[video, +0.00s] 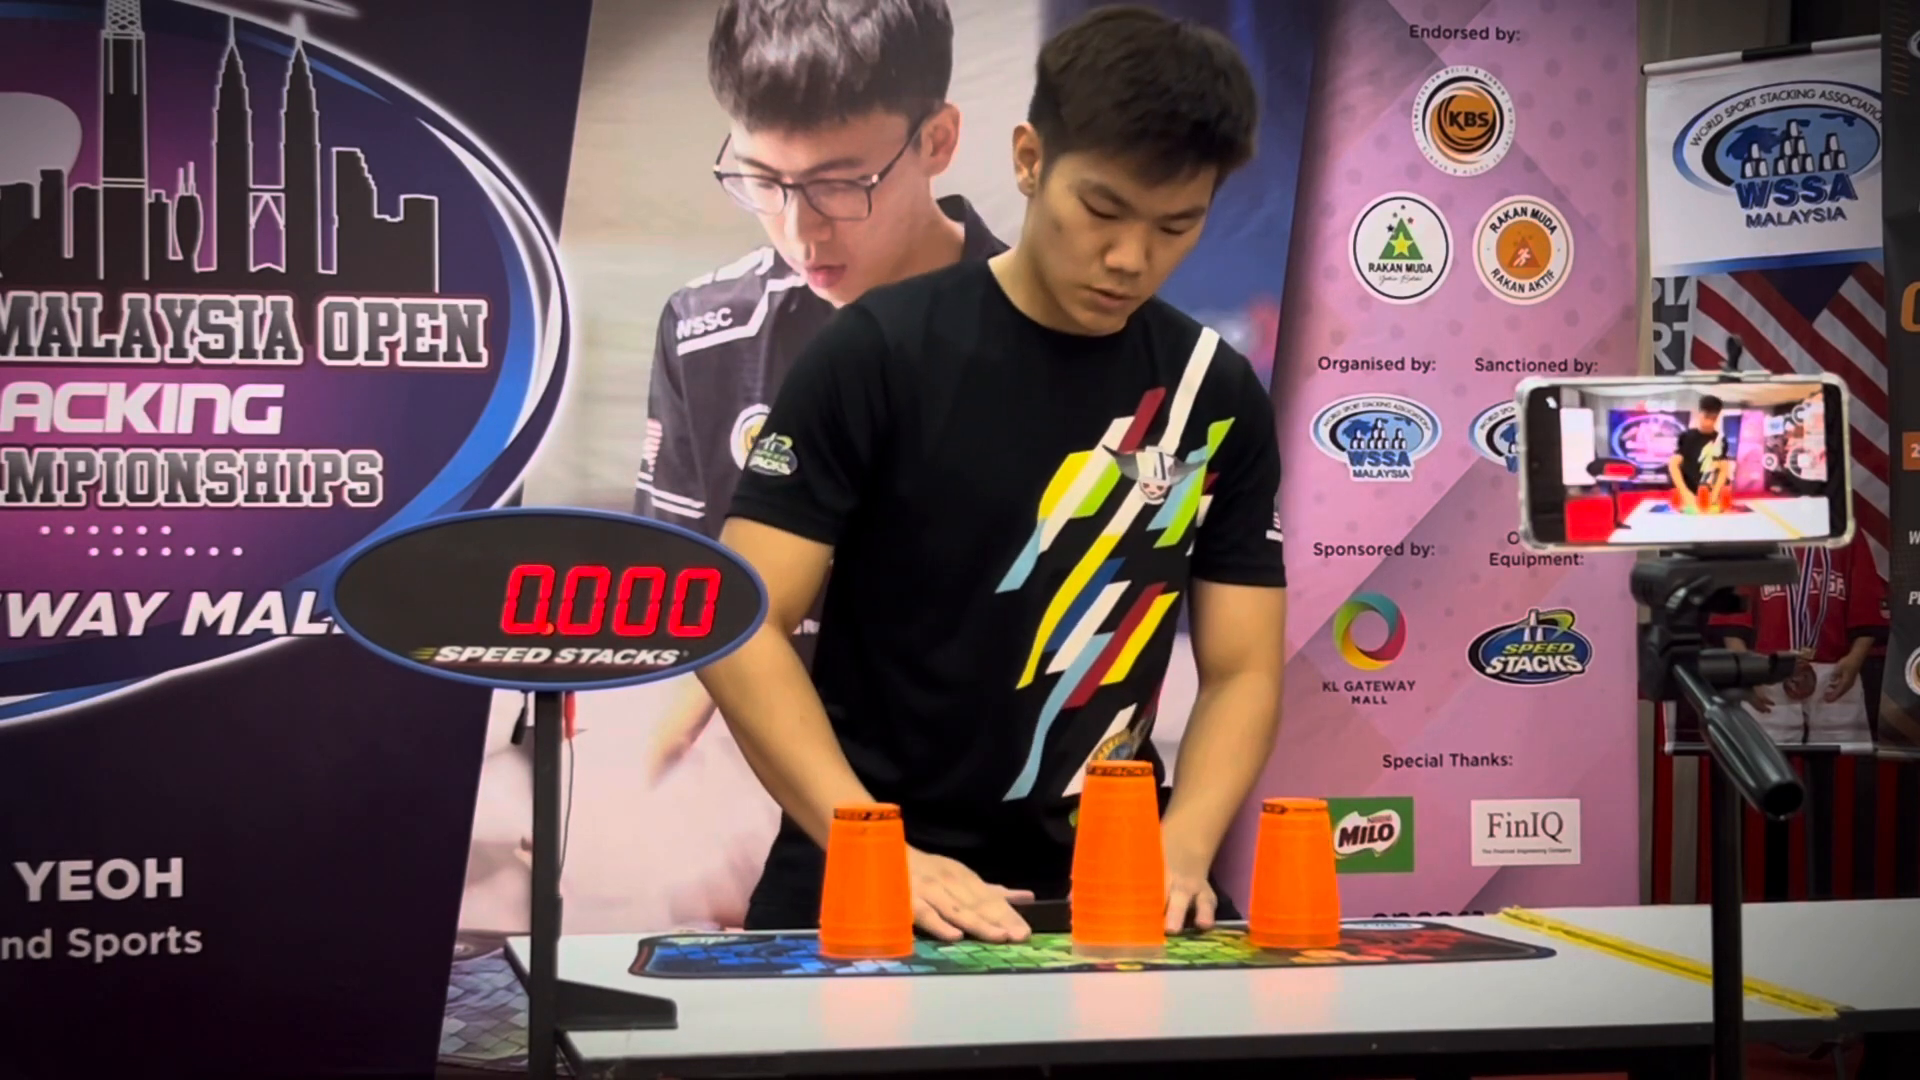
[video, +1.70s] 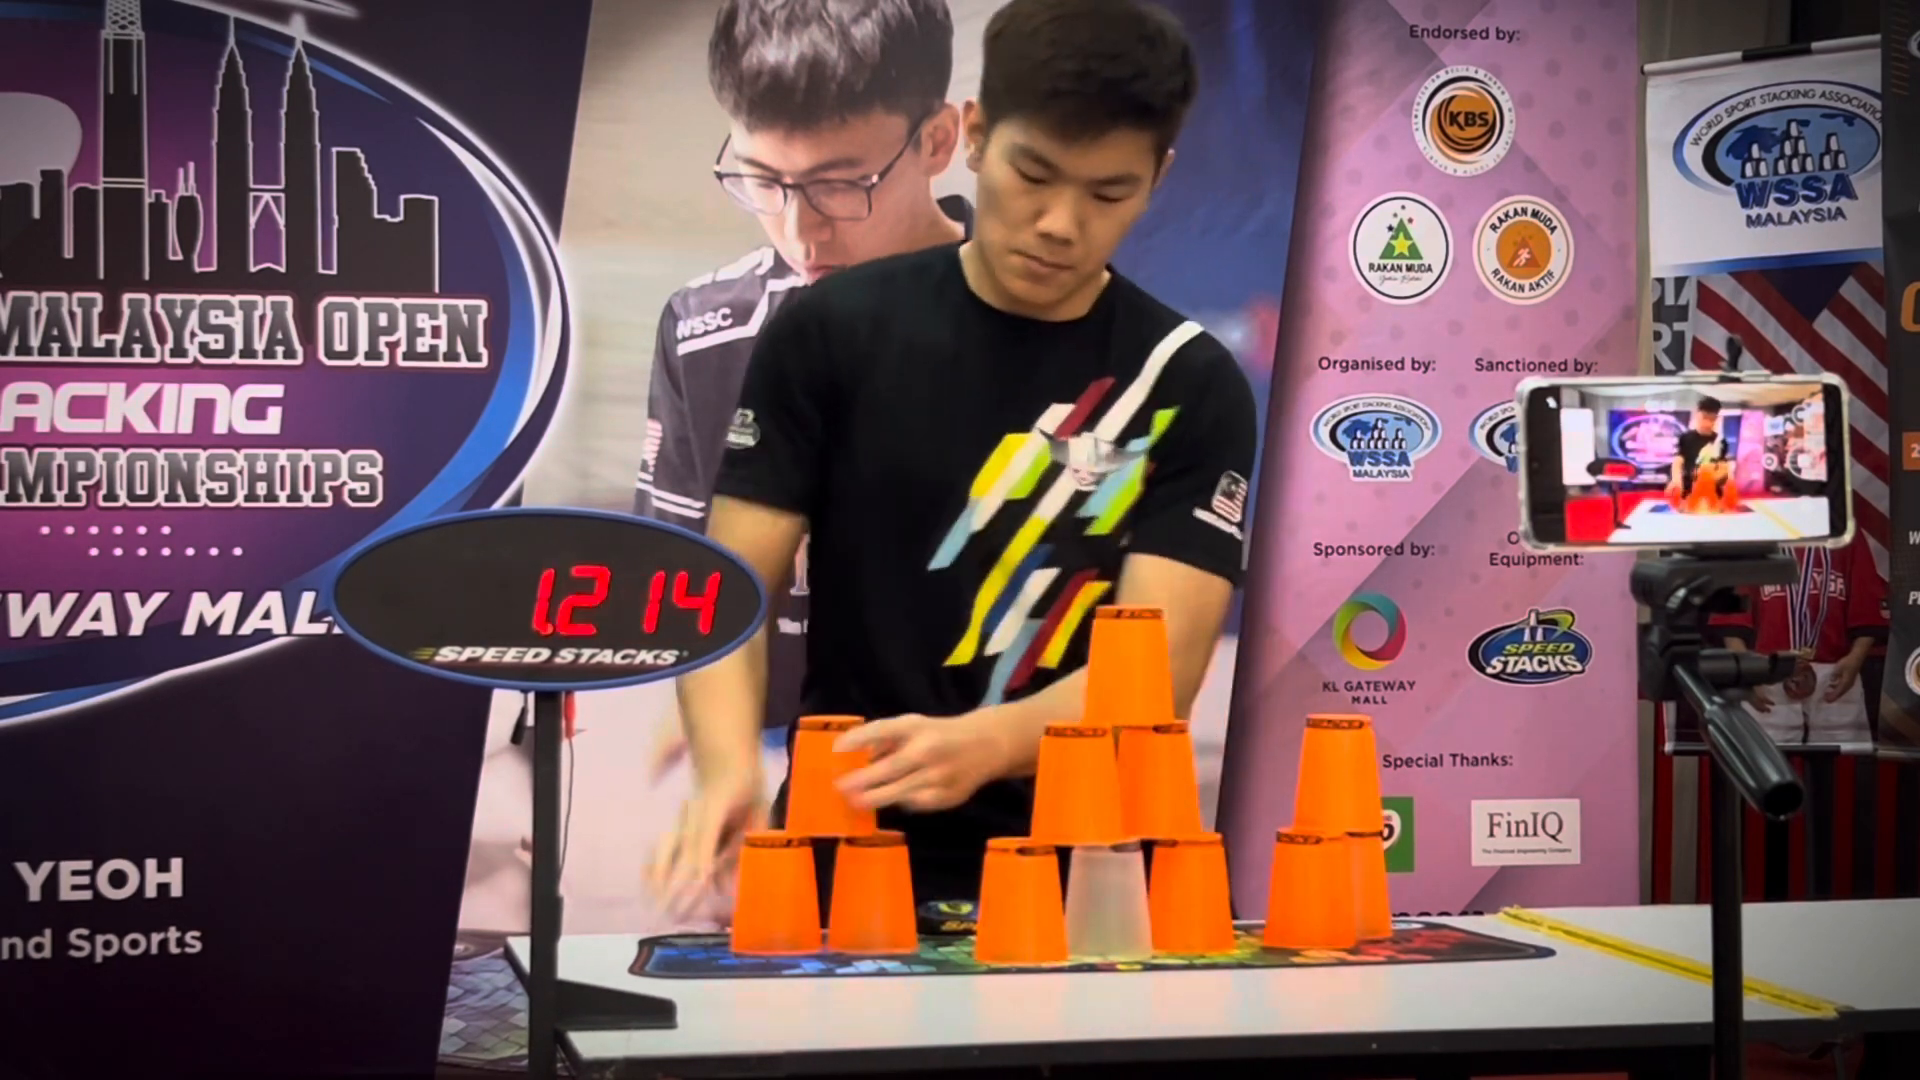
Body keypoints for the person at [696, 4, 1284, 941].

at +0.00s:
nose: (1130, 259)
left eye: (1175, 225)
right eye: (1102, 208)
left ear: (1210, 202)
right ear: (1028, 163)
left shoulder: (1217, 400)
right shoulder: (878, 353)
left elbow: (1242, 673)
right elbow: (737, 620)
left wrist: (1180, 852)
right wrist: (872, 849)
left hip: (1090, 920)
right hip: (857, 905)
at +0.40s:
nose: (1128, 268)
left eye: (1173, 235)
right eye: (1100, 216)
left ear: (1209, 213)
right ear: (1028, 169)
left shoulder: (1214, 406)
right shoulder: (874, 355)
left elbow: (1238, 681)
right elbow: (741, 618)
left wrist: (1177, 852)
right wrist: (922, 817)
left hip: (1092, 921)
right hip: (856, 906)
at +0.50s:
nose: (1139, 268)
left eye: (1183, 236)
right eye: (1112, 216)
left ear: (1215, 217)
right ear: (1034, 170)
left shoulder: (1220, 404)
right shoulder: (887, 359)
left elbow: (1223, 662)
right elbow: (820, 659)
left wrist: (1190, 787)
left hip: (1086, 905)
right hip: (865, 894)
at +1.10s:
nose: (1139, 246)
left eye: (1184, 211)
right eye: (1111, 192)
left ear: (1217, 198)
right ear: (1037, 155)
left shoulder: (1229, 405)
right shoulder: (885, 353)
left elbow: (1227, 673)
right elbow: (812, 635)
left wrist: (1184, 763)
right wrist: (927, 745)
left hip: (1116, 892)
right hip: (874, 885)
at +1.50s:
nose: (1089, 235)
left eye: (1136, 204)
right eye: (1062, 183)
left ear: (1182, 194)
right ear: (1002, 146)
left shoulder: (1216, 396)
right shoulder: (856, 351)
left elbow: (1218, 686)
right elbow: (765, 608)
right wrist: (811, 709)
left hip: (1094, 894)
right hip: (867, 877)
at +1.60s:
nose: (1050, 228)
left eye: (1099, 196)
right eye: (1025, 176)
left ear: (1150, 187)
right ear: (969, 140)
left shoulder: (1189, 394)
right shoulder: (826, 346)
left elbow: (1181, 697)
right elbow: (740, 593)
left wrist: (1007, 749)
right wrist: (746, 679)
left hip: (1073, 895)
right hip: (841, 882)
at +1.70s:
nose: (801, 233)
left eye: (842, 183)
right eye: (763, 179)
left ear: (940, 143)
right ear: (734, 139)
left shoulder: (1029, 311)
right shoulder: (701, 331)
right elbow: (680, 574)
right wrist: (711, 706)